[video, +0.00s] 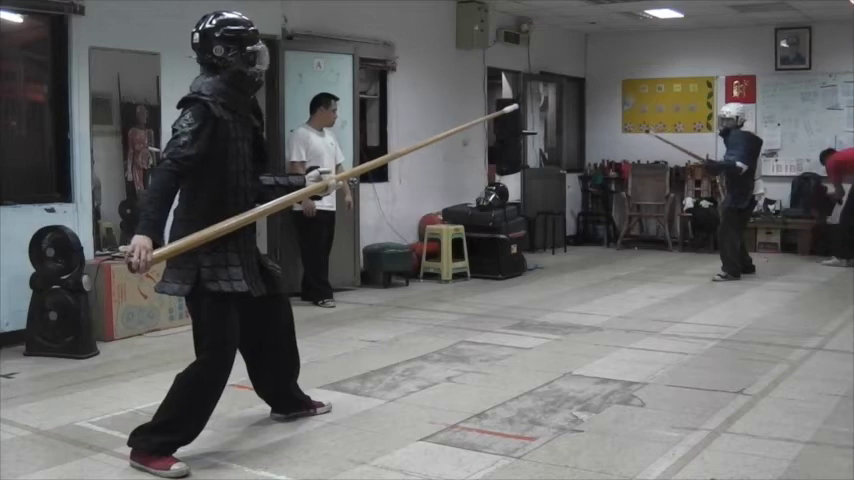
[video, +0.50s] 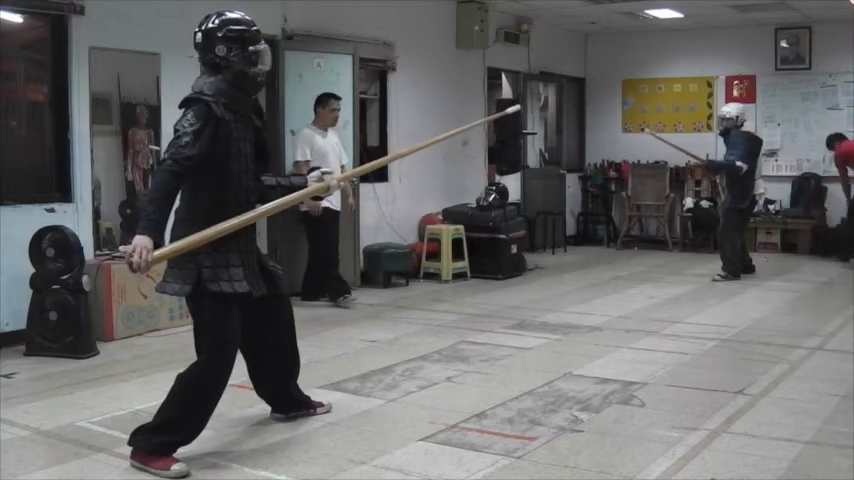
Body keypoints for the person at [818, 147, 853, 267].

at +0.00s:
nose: (826, 167)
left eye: (825, 164)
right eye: (825, 164)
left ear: (826, 159)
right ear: (833, 153)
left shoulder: (831, 162)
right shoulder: (844, 154)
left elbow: (840, 192)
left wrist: (834, 196)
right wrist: (836, 195)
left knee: (845, 218)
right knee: (846, 217)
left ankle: (841, 256)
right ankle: (847, 256)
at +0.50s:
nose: (834, 152)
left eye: (833, 149)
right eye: (832, 150)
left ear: (836, 143)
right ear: (842, 139)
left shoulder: (839, 153)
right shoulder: (850, 143)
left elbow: (845, 181)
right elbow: (845, 181)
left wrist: (848, 199)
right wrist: (848, 199)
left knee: (850, 221)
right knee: (849, 221)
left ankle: (846, 253)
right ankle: (846, 253)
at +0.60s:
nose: (833, 145)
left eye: (831, 142)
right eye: (831, 143)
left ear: (835, 136)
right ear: (842, 132)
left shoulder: (841, 146)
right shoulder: (851, 138)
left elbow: (847, 175)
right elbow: (847, 176)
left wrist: (849, 198)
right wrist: (849, 198)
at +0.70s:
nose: (833, 137)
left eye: (831, 133)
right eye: (831, 133)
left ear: (833, 128)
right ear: (844, 123)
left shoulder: (846, 138)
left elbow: (850, 170)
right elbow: (850, 170)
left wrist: (849, 193)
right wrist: (849, 192)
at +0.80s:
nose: (836, 127)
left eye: (836, 123)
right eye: (834, 124)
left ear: (842, 120)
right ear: (846, 117)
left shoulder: (850, 134)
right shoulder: (849, 133)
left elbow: (852, 165)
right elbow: (852, 165)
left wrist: (849, 189)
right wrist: (849, 189)